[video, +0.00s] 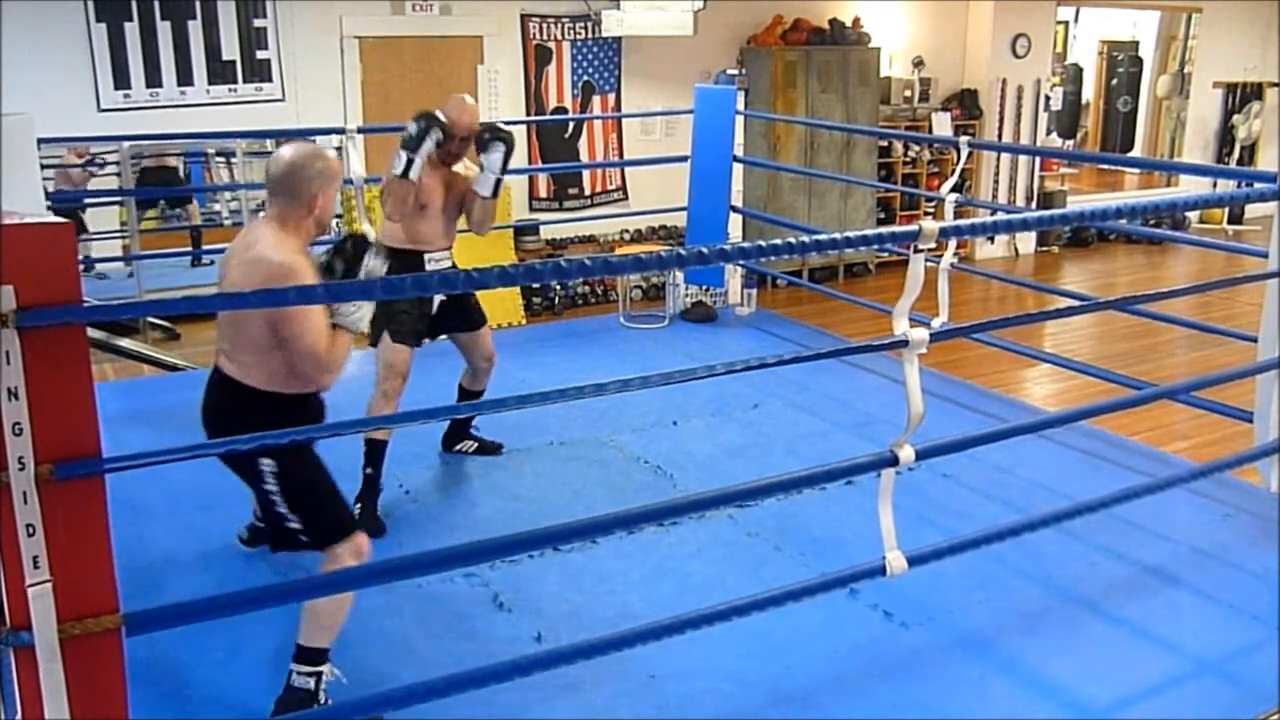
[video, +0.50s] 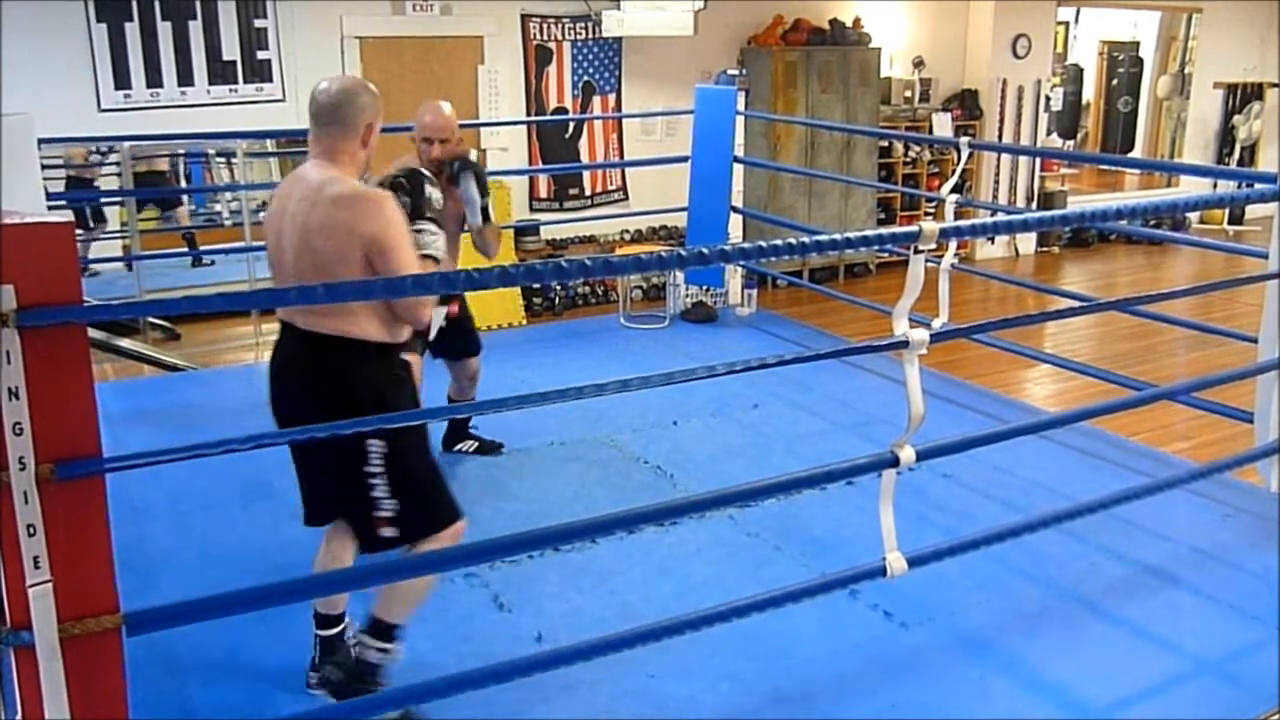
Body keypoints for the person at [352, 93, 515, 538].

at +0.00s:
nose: (460, 149)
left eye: (467, 142)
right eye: (454, 140)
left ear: (474, 139)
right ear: (437, 131)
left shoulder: (464, 172)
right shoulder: (411, 159)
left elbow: (480, 224)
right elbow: (395, 209)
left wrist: (491, 173)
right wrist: (410, 153)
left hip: (446, 272)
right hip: (403, 274)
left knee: (483, 359)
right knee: (390, 382)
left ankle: (458, 433)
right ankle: (369, 493)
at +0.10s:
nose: (460, 133)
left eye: (468, 127)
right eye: (453, 123)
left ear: (480, 126)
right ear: (439, 116)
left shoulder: (476, 163)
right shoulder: (415, 152)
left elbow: (488, 223)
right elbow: (383, 209)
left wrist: (496, 172)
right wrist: (411, 166)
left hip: (449, 262)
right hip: (408, 263)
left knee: (475, 354)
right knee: (400, 371)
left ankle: (457, 432)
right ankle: (380, 486)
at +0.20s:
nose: (456, 122)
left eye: (464, 115)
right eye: (449, 113)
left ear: (475, 114)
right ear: (433, 107)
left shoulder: (475, 153)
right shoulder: (412, 145)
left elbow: (489, 216)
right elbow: (387, 198)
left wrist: (490, 166)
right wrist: (407, 154)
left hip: (451, 253)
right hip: (408, 253)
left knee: (465, 352)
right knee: (405, 364)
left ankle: (456, 431)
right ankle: (392, 476)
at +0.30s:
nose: (447, 124)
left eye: (456, 116)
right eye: (439, 115)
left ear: (467, 115)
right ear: (425, 110)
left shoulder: (470, 156)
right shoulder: (406, 153)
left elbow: (487, 217)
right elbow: (391, 202)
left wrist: (482, 167)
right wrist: (402, 157)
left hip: (453, 261)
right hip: (408, 262)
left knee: (469, 356)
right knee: (405, 368)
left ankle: (456, 431)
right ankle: (396, 480)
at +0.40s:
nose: (438, 139)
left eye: (447, 130)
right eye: (431, 129)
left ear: (460, 131)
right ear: (418, 127)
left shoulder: (464, 172)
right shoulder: (403, 170)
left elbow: (489, 231)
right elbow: (384, 228)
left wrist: (481, 175)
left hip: (452, 275)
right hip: (409, 279)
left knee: (475, 364)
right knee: (407, 378)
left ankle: (457, 432)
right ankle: (398, 475)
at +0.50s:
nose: (434, 152)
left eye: (444, 142)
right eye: (426, 142)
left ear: (460, 140)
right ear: (414, 138)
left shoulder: (467, 178)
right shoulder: (395, 181)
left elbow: (490, 249)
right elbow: (378, 242)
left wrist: (477, 201)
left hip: (447, 291)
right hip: (404, 296)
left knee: (467, 371)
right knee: (407, 379)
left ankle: (457, 433)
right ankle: (406, 450)